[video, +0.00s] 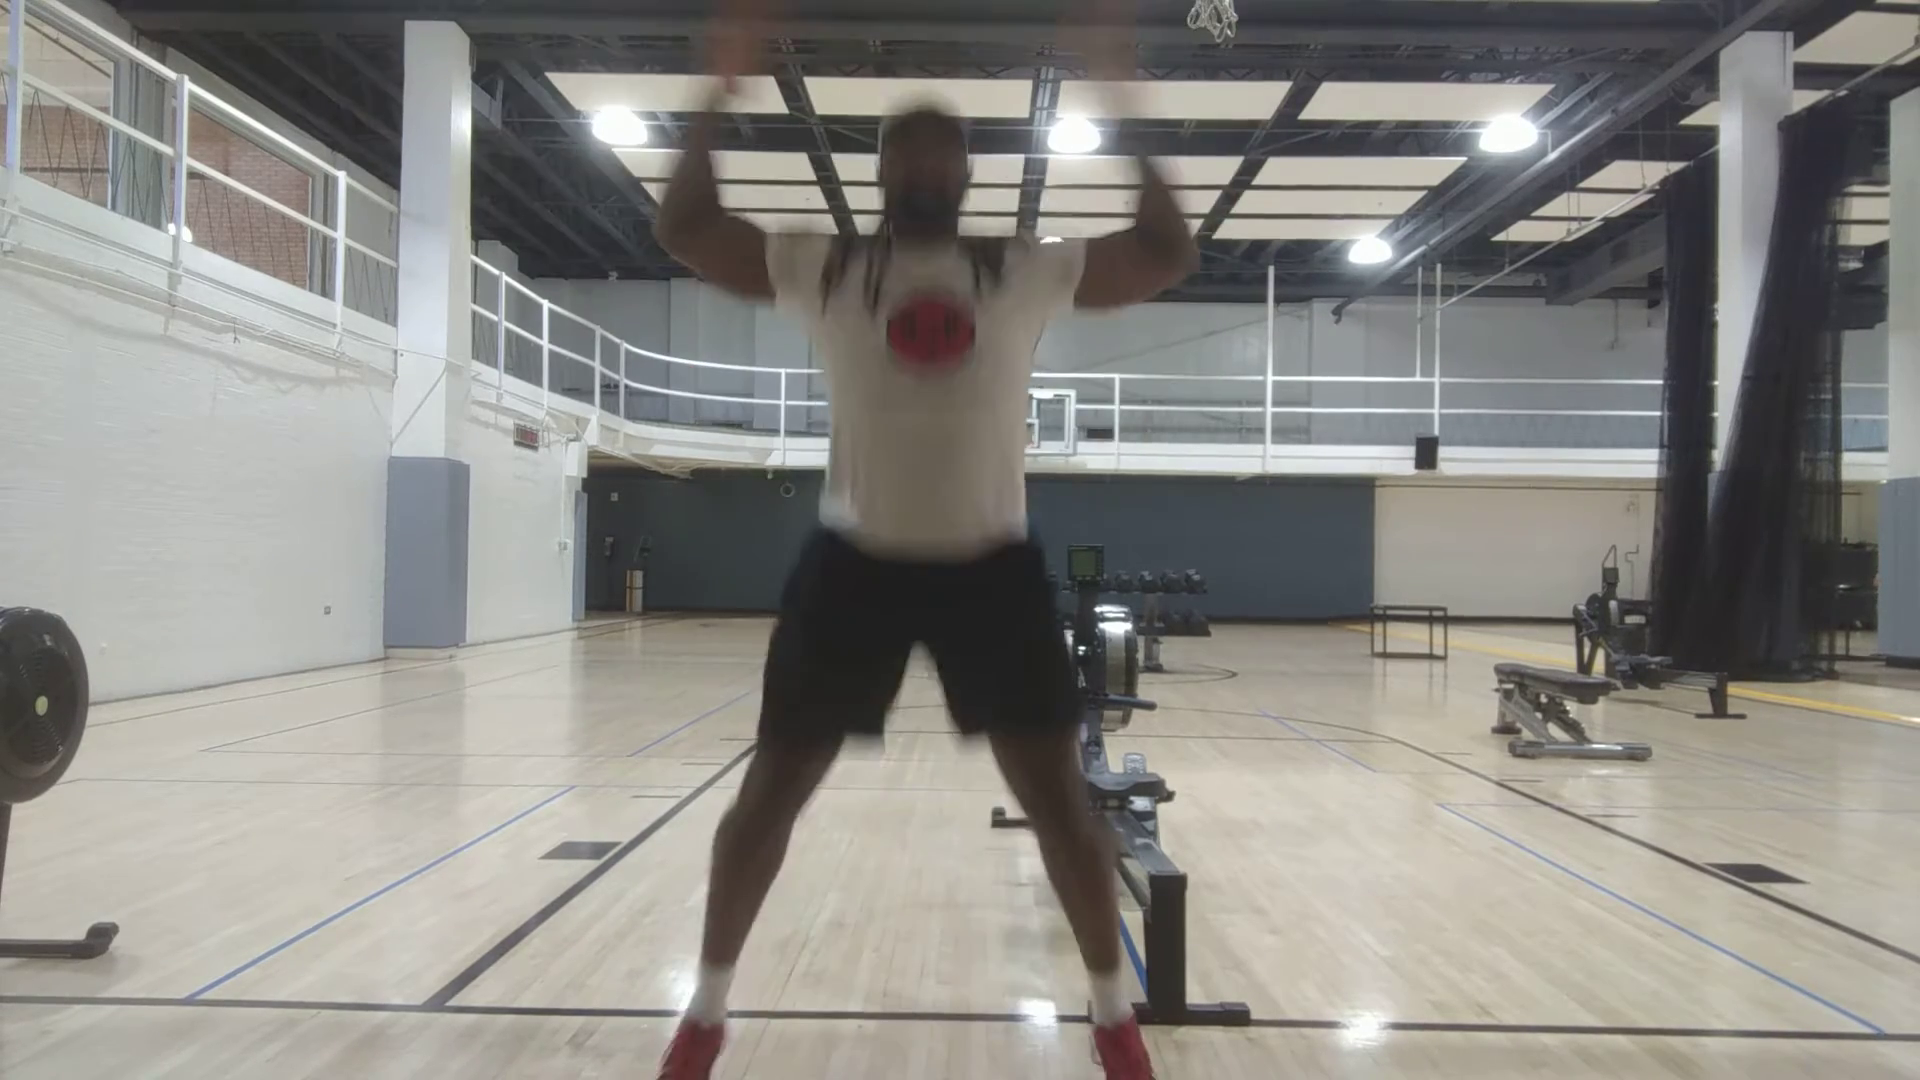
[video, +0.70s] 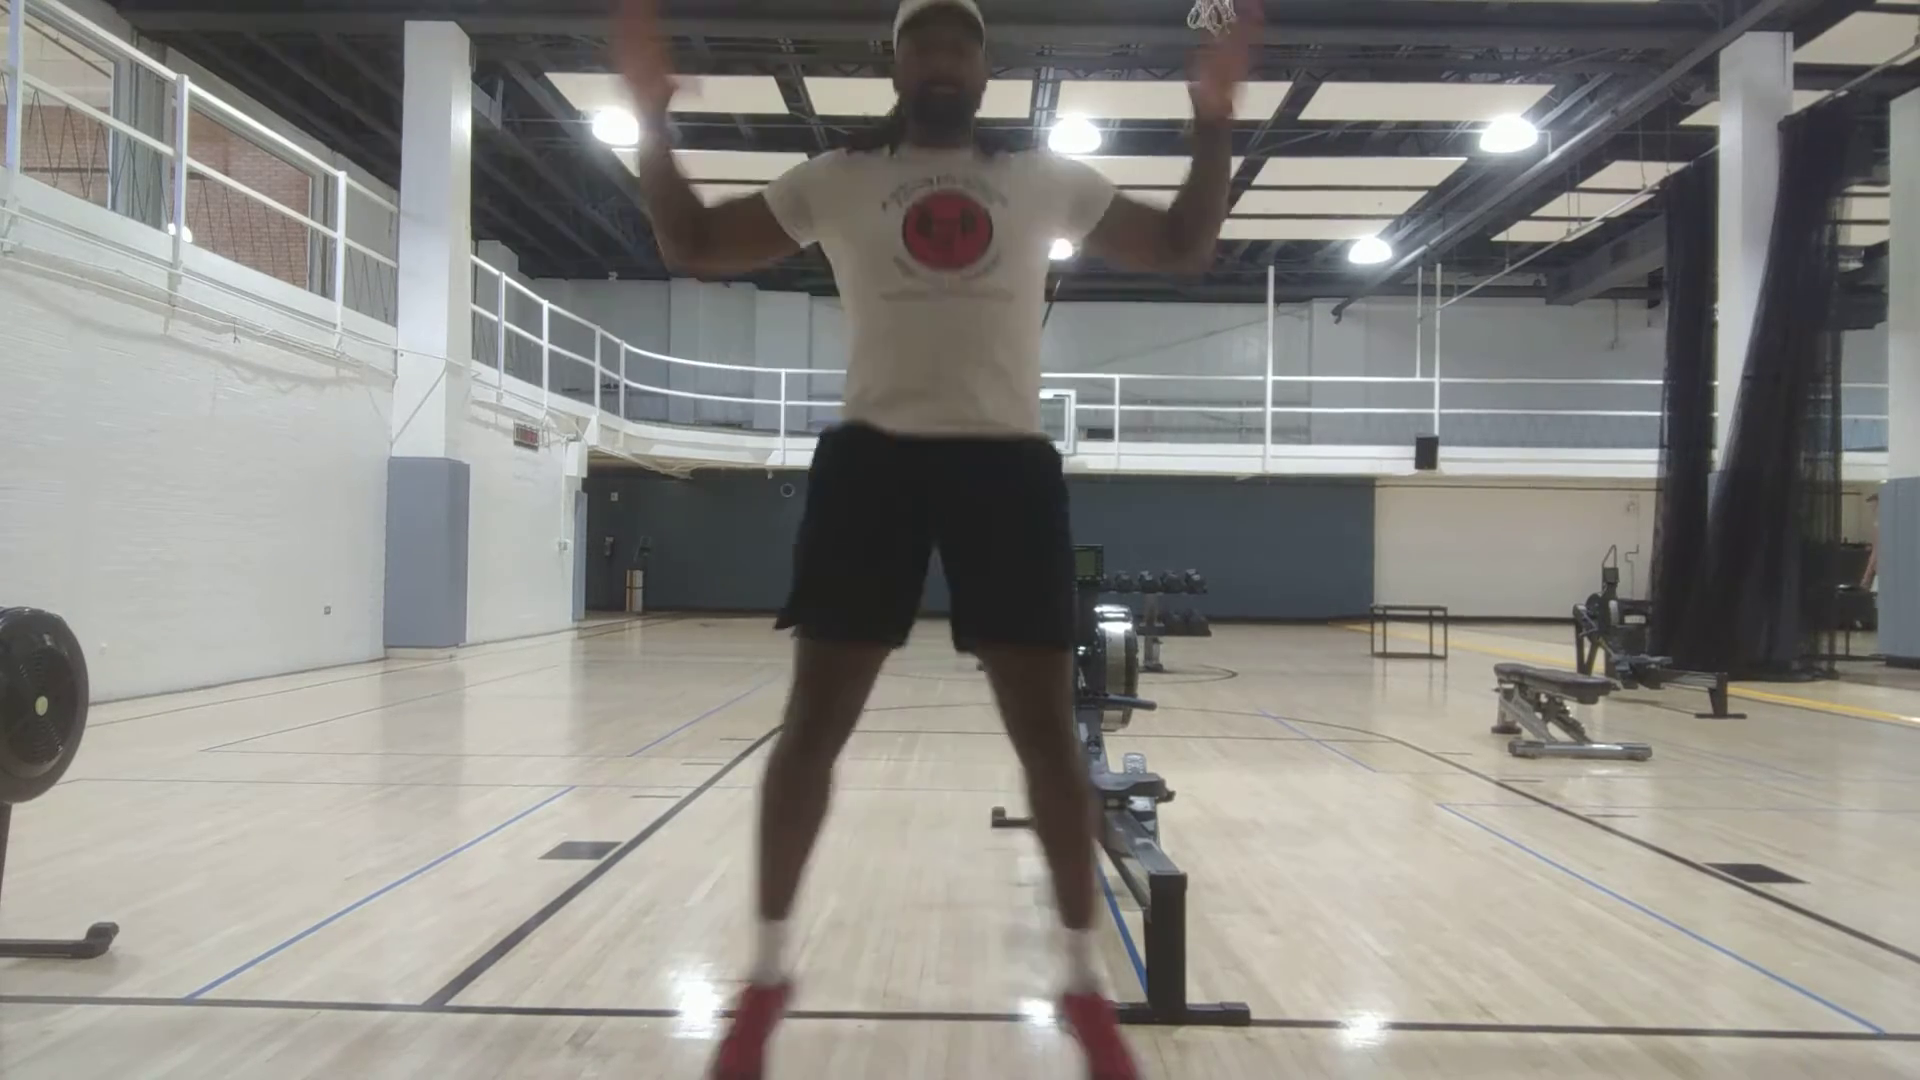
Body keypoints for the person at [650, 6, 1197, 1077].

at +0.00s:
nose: (921, 168)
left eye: (940, 153)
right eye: (904, 152)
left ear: (969, 172)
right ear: (876, 170)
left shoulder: (1026, 274)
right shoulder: (824, 270)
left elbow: (1166, 250)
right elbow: (686, 228)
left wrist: (1126, 96)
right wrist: (715, 92)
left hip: (993, 574)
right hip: (855, 570)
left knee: (1060, 803)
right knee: (770, 793)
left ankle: (1116, 1006)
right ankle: (706, 1008)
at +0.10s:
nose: (925, 91)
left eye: (944, 75)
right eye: (907, 74)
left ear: (975, 96)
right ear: (878, 94)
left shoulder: (1027, 198)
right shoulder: (826, 196)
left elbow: (1155, 270)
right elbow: (690, 238)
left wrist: (1218, 170)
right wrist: (648, 126)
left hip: (993, 498)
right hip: (857, 494)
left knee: (1033, 747)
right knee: (803, 735)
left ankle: (1070, 988)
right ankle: (768, 974)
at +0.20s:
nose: (935, 53)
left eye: (955, 40)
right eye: (916, 38)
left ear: (981, 72)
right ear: (883, 67)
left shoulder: (1030, 188)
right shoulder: (829, 187)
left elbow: (1108, 312)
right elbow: (735, 292)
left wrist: (1179, 284)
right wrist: (681, 260)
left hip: (992, 479)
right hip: (859, 476)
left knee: (1003, 741)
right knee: (841, 735)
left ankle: (991, 985)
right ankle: (848, 981)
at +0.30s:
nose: (933, 105)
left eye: (951, 88)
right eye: (916, 88)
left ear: (979, 109)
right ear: (886, 108)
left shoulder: (1032, 252)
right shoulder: (832, 245)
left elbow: (1066, 383)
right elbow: (782, 378)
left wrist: (1092, 400)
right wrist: (771, 367)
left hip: (992, 529)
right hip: (866, 525)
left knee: (988, 802)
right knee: (860, 790)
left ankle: (964, 1024)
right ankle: (872, 1025)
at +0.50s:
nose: (933, 135)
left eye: (951, 118)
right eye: (916, 118)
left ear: (976, 136)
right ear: (888, 135)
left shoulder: (1030, 270)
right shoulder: (836, 264)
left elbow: (1086, 395)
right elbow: (776, 383)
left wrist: (1129, 396)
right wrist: (751, 387)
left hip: (998, 546)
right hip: (871, 545)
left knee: (998, 792)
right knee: (860, 782)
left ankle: (969, 1016)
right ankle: (869, 1019)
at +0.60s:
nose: (936, 61)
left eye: (955, 46)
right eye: (917, 46)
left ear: (984, 75)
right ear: (888, 74)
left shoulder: (1033, 191)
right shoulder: (839, 195)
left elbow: (1140, 313)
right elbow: (727, 311)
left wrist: (1198, 239)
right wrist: (662, 244)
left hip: (1006, 481)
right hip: (874, 479)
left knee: (1014, 729)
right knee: (846, 724)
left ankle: (1018, 980)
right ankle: (830, 975)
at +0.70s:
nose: (940, 57)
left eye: (959, 41)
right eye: (922, 40)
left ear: (987, 65)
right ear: (892, 64)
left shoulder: (1042, 178)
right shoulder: (839, 179)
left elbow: (1181, 244)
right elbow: (690, 242)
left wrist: (1214, 121)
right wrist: (651, 112)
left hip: (1008, 471)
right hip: (871, 467)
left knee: (1045, 727)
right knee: (817, 721)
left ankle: (1084, 983)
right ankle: (765, 972)